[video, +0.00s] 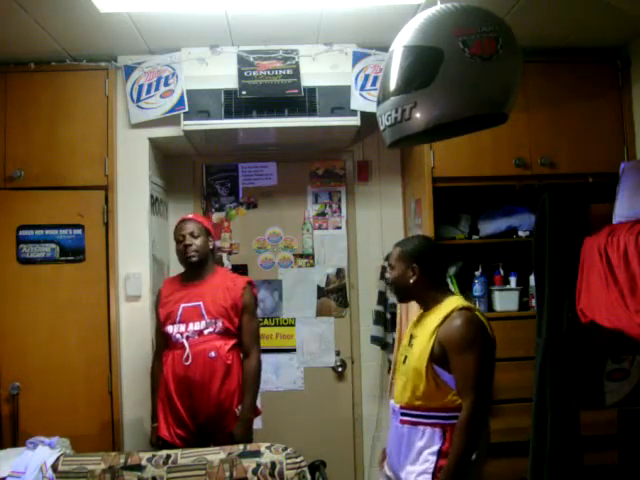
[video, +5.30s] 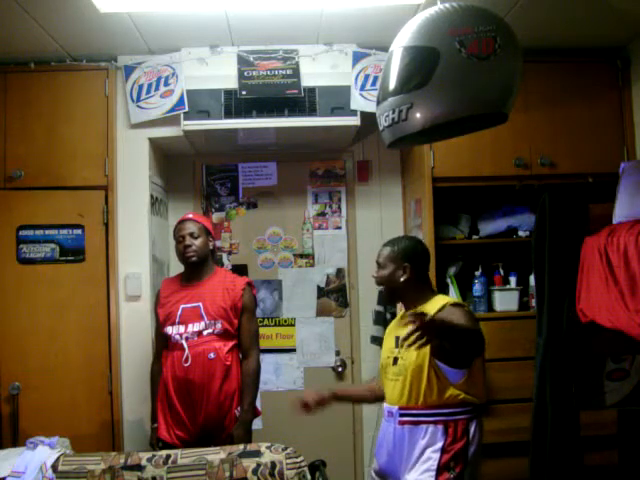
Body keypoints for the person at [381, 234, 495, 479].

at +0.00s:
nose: (386, 276)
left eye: (391, 268)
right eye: (387, 268)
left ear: (413, 272)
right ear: (412, 273)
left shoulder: (461, 324)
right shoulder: (426, 316)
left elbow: (473, 405)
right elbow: (416, 392)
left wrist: (450, 470)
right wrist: (393, 446)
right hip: (406, 450)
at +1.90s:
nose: (406, 268)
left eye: (415, 260)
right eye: (399, 261)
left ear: (435, 264)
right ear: (392, 267)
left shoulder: (458, 318)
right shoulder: (407, 312)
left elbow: (478, 395)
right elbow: (403, 388)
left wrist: (455, 468)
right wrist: (383, 445)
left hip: (435, 435)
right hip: (398, 432)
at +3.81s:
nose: (405, 276)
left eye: (414, 268)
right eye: (397, 270)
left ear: (430, 272)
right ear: (388, 277)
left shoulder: (457, 323)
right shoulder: (400, 323)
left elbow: (482, 396)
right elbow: (397, 394)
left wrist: (444, 460)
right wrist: (371, 441)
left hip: (434, 443)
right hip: (393, 441)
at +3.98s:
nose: (409, 271)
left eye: (417, 264)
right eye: (400, 265)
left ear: (431, 268)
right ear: (390, 273)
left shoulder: (455, 314)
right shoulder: (396, 321)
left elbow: (475, 370)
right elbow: (393, 391)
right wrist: (370, 437)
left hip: (440, 434)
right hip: (394, 434)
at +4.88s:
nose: (407, 271)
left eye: (416, 263)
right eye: (398, 265)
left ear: (429, 269)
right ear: (389, 274)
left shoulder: (453, 311)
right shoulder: (396, 324)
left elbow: (469, 357)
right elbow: (393, 393)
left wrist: (442, 333)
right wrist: (361, 437)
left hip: (441, 435)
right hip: (395, 436)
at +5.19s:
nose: (376, 274)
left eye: (384, 266)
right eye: (379, 266)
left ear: (407, 275)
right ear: (405, 276)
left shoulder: (454, 314)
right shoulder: (397, 325)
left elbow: (468, 341)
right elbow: (390, 389)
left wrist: (440, 319)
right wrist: (343, 417)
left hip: (438, 443)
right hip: (393, 440)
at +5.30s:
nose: (375, 275)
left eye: (381, 267)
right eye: (376, 267)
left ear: (404, 271)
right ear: (401, 271)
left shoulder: (450, 311)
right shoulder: (395, 324)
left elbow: (472, 347)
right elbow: (384, 388)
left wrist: (436, 328)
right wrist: (331, 394)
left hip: (438, 437)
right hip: (395, 435)